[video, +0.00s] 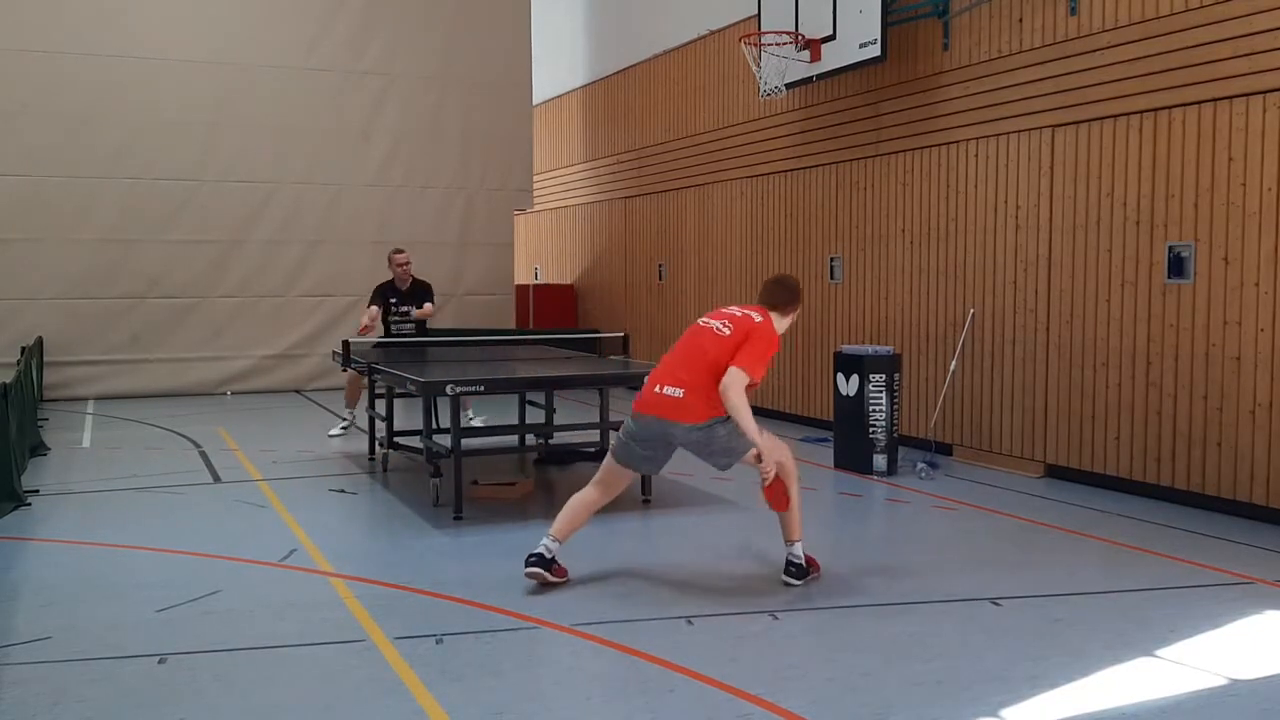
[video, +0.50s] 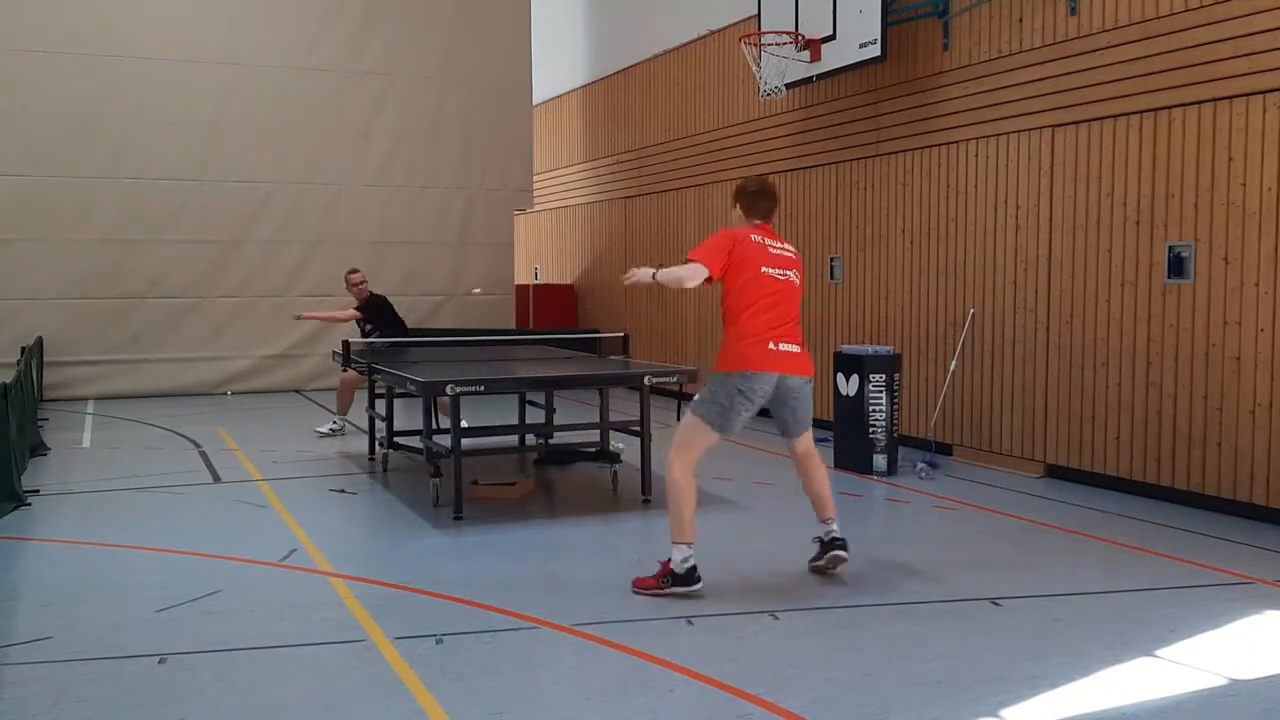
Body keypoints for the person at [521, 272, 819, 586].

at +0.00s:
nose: (792, 323)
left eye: (793, 316)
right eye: (794, 317)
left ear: (759, 299)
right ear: (791, 313)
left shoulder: (721, 313)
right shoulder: (766, 331)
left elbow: (690, 368)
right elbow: (732, 386)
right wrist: (759, 443)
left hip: (648, 410)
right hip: (698, 415)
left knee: (599, 489)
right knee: (783, 459)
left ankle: (543, 552)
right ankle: (796, 559)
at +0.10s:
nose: (798, 322)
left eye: (799, 314)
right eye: (799, 314)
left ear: (765, 300)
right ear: (793, 310)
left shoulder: (725, 313)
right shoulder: (775, 336)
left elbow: (667, 333)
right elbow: (755, 406)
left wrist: (654, 360)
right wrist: (797, 457)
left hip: (659, 410)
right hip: (713, 419)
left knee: (600, 488)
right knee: (786, 463)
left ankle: (540, 553)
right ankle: (795, 559)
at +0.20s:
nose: (798, 305)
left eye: (800, 298)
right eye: (800, 297)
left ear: (764, 282)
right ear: (792, 291)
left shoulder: (721, 293)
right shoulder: (788, 326)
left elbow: (654, 313)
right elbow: (792, 403)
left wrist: (658, 326)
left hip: (678, 403)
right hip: (735, 413)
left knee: (613, 484)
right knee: (788, 464)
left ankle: (545, 552)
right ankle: (796, 555)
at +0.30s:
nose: (794, 270)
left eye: (794, 265)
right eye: (795, 264)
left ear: (757, 255)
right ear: (792, 264)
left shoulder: (729, 272)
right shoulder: (796, 298)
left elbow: (662, 287)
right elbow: (803, 342)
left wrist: (671, 277)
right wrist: (782, 315)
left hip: (702, 387)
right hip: (758, 398)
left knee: (636, 471)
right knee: (789, 467)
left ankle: (568, 549)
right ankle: (797, 556)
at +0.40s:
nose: (740, 226)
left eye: (742, 221)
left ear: (746, 223)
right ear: (784, 227)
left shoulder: (734, 247)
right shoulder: (797, 268)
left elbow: (677, 270)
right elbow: (793, 304)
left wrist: (659, 262)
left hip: (727, 372)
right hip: (779, 380)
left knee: (662, 460)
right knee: (791, 459)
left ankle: (627, 555)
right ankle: (802, 549)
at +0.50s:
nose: (733, 213)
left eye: (734, 208)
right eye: (737, 208)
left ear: (739, 210)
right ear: (774, 212)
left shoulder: (732, 239)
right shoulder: (791, 252)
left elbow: (691, 276)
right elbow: (787, 303)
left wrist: (650, 274)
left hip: (748, 366)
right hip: (797, 370)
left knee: (681, 457)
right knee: (806, 451)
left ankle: (682, 565)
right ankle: (833, 537)